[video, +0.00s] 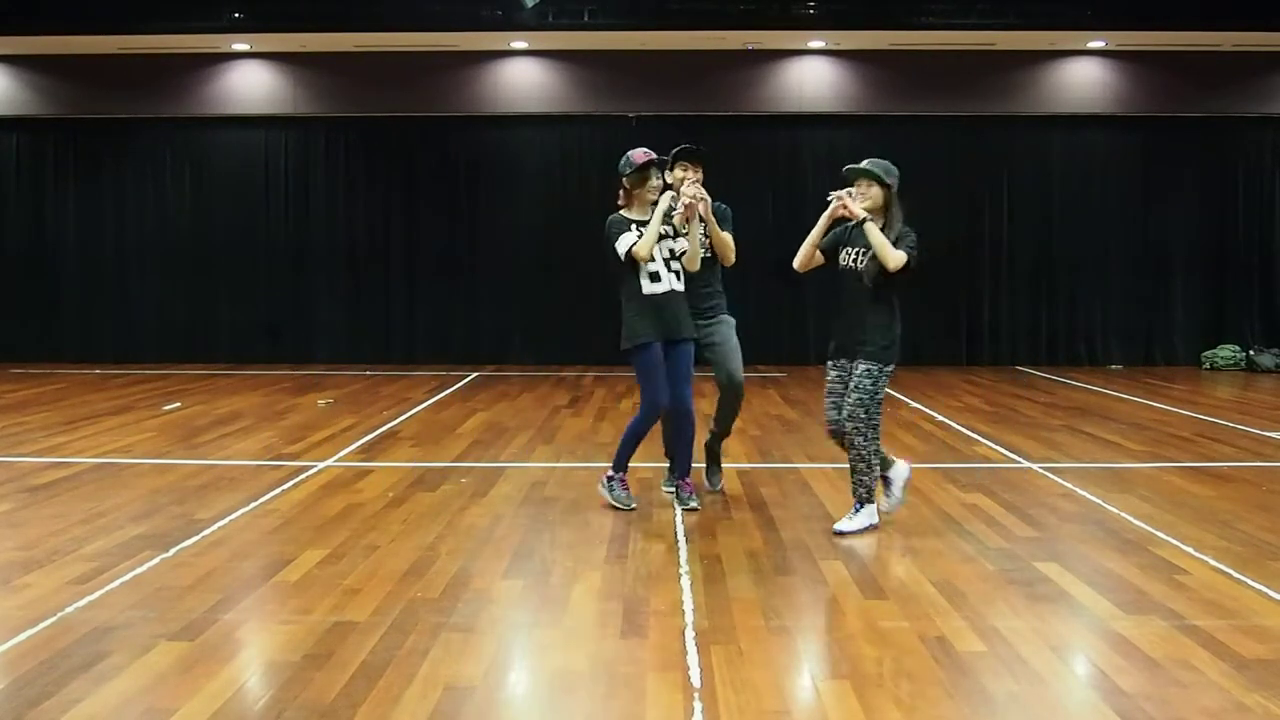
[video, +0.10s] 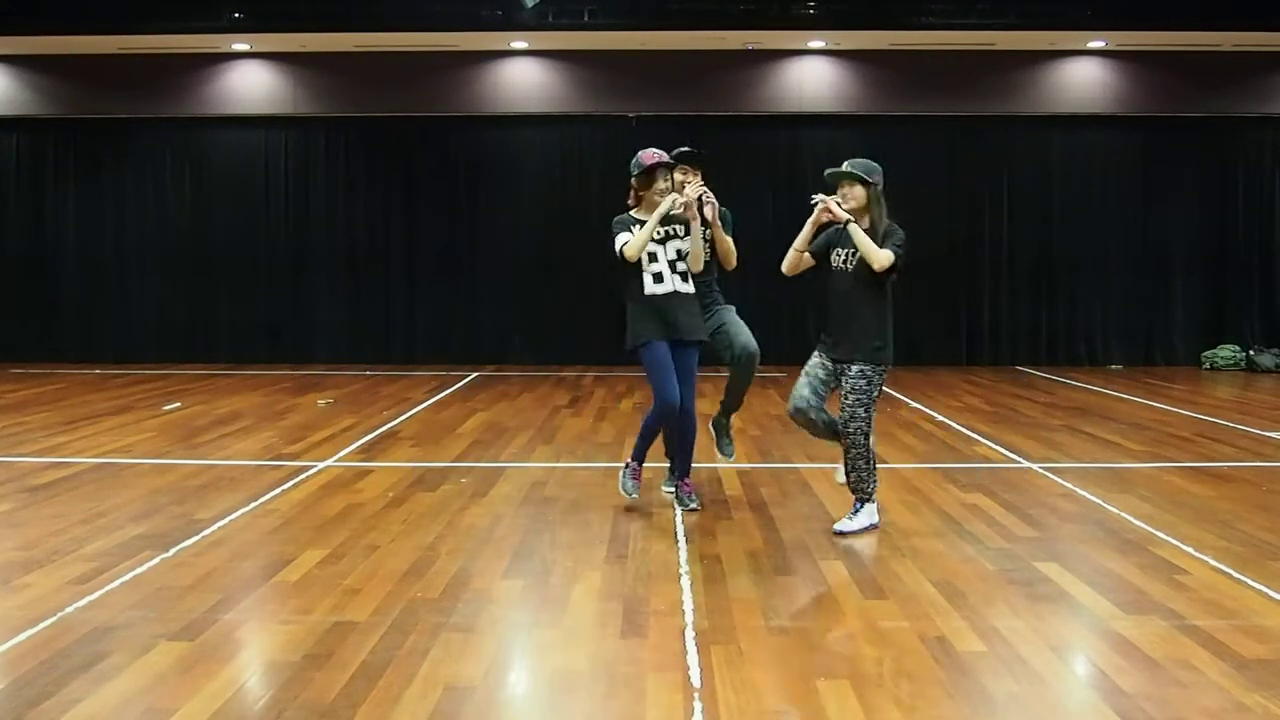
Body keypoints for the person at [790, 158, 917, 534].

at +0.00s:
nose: (858, 192)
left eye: (867, 186)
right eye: (856, 186)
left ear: (887, 191)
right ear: (851, 192)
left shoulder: (901, 234)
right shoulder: (846, 232)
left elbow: (894, 262)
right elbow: (801, 264)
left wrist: (863, 220)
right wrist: (826, 219)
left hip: (877, 345)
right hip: (843, 342)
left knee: (860, 425)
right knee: (837, 426)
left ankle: (865, 506)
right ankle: (892, 469)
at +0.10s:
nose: (844, 191)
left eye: (852, 185)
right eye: (841, 185)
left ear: (872, 190)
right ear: (838, 193)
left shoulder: (890, 233)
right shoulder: (835, 234)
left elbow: (880, 262)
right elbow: (790, 267)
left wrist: (846, 221)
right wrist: (812, 224)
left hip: (868, 353)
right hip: (830, 346)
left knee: (853, 431)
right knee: (801, 408)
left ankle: (866, 505)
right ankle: (855, 440)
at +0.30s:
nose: (818, 161)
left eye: (828, 158)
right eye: (818, 157)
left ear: (847, 172)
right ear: (817, 173)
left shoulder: (860, 214)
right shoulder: (805, 215)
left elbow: (843, 235)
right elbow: (752, 249)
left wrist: (814, 193)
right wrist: (780, 206)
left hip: (853, 332)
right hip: (814, 326)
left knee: (854, 419)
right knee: (786, 387)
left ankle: (863, 499)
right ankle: (801, 471)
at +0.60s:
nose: (784, 183)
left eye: (794, 177)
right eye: (781, 176)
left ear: (812, 185)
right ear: (775, 184)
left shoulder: (829, 232)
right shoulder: (765, 230)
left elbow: (831, 267)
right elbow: (725, 268)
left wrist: (793, 226)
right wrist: (749, 223)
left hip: (808, 343)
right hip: (768, 342)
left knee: (765, 408)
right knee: (770, 430)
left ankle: (813, 455)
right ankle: (798, 515)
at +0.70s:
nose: (779, 172)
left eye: (789, 167)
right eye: (775, 166)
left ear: (806, 176)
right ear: (767, 173)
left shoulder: (815, 219)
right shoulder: (753, 217)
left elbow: (837, 251)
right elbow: (711, 252)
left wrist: (797, 208)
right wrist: (743, 207)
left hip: (797, 332)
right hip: (759, 332)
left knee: (747, 393)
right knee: (772, 420)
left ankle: (783, 469)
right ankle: (798, 511)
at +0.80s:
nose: (770, 169)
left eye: (780, 163)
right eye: (765, 162)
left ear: (797, 174)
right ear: (756, 171)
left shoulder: (802, 216)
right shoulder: (742, 212)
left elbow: (836, 240)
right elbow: (698, 238)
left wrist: (795, 198)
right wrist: (734, 195)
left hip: (784, 332)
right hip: (747, 332)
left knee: (744, 407)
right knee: (767, 428)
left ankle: (749, 498)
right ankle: (796, 506)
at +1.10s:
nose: (737, 190)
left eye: (745, 184)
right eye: (730, 184)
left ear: (760, 189)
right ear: (720, 188)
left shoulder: (773, 232)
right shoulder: (708, 228)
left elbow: (791, 276)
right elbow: (673, 270)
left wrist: (754, 235)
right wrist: (703, 224)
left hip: (753, 355)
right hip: (708, 348)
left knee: (742, 442)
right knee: (683, 411)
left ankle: (739, 522)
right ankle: (720, 458)